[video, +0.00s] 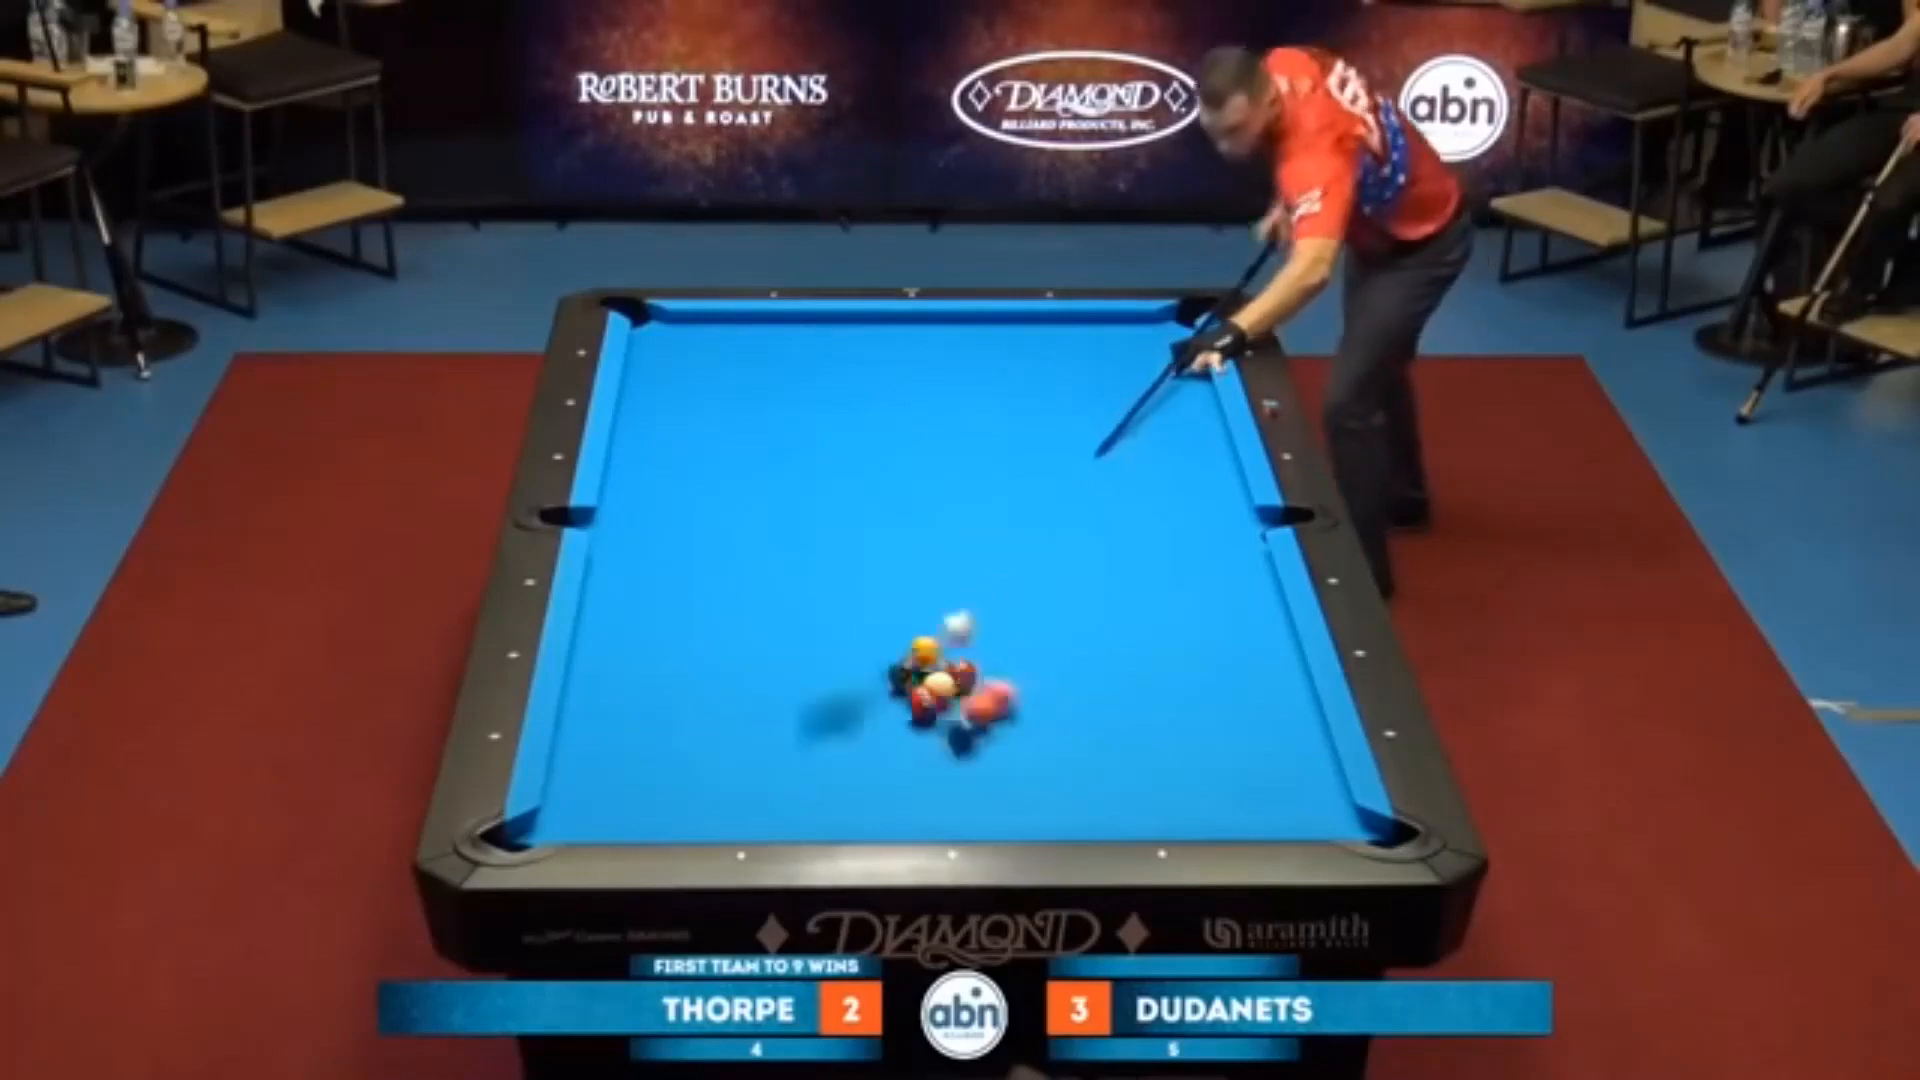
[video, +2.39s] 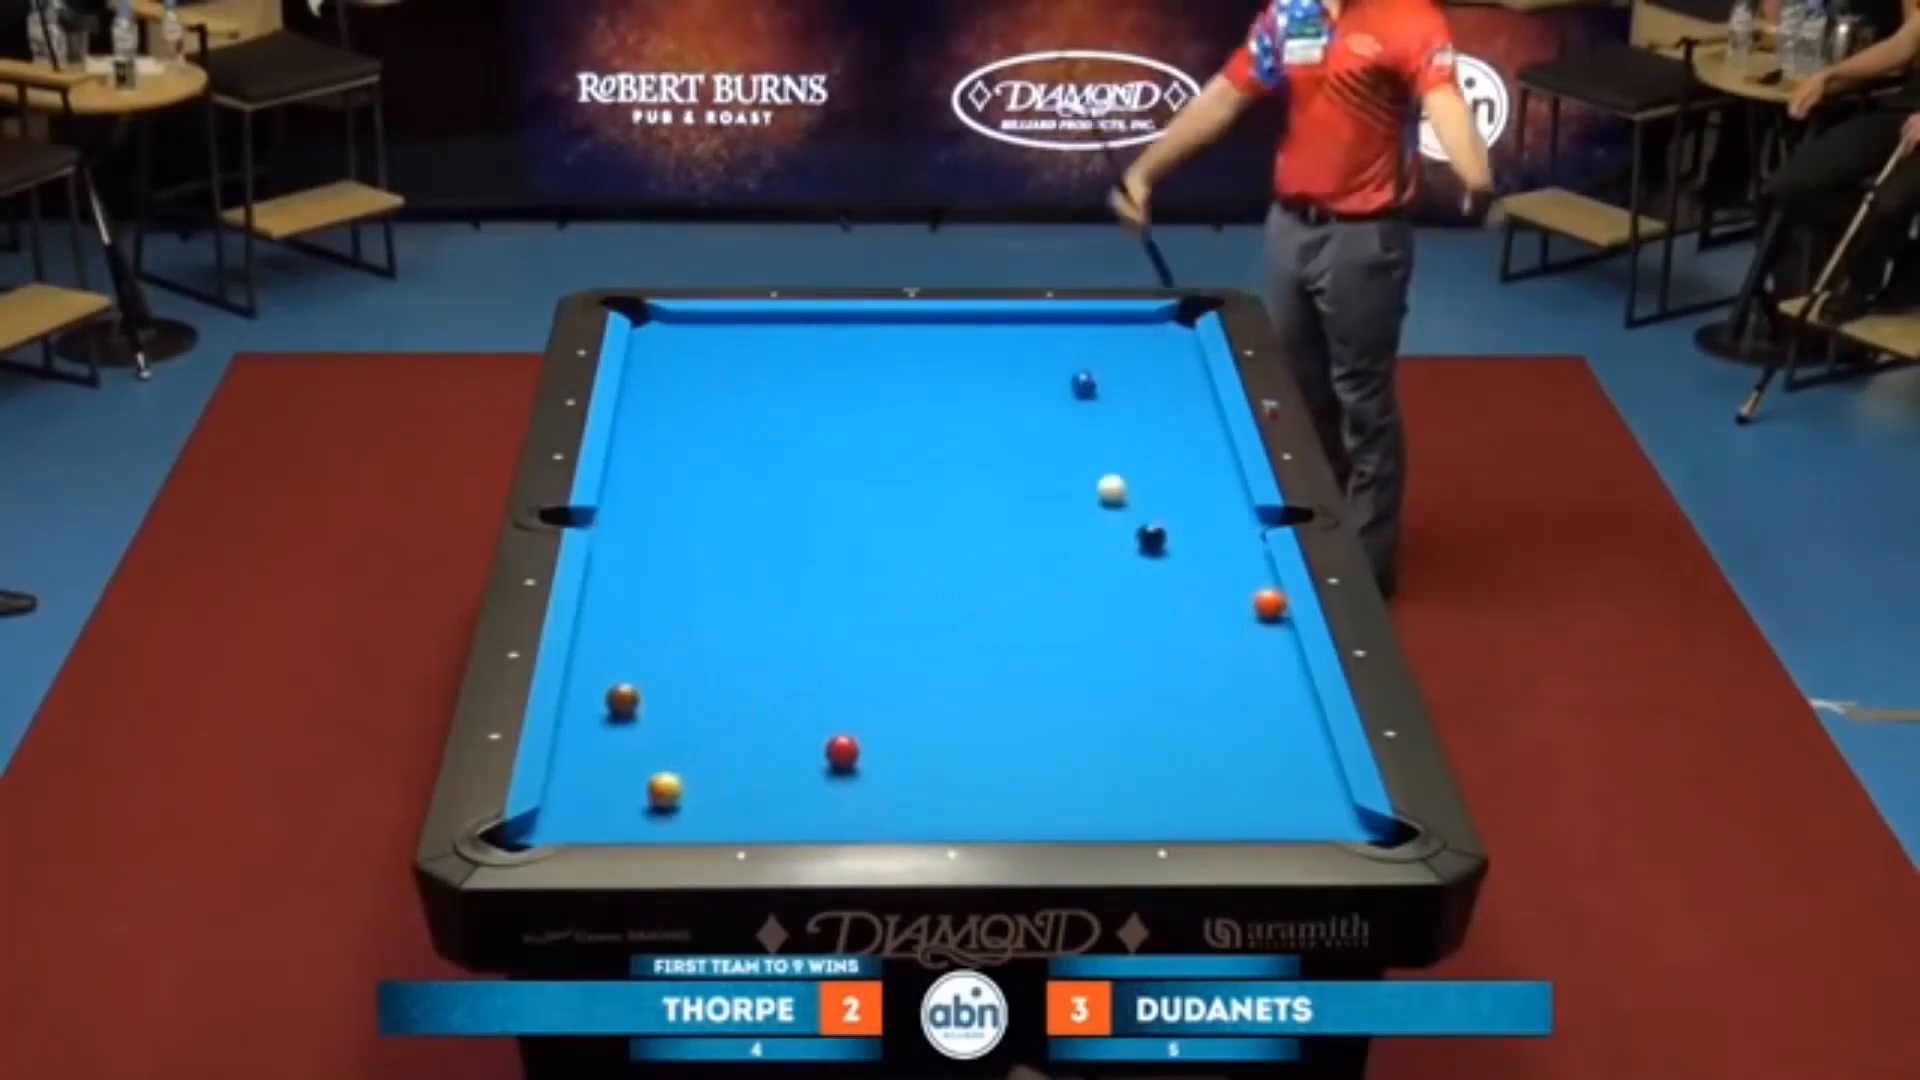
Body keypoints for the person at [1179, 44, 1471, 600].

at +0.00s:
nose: (1226, 145)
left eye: (1235, 132)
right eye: (1216, 134)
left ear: (1270, 101)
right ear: (1202, 111)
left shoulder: (1316, 143)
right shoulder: (1284, 64)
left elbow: (1313, 267)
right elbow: (1311, 133)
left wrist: (1231, 335)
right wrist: (1290, 200)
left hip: (1425, 237)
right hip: (1370, 227)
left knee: (1347, 405)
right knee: (1378, 366)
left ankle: (1368, 573)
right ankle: (1405, 497)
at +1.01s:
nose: (1279, 71)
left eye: (1296, 57)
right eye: (1267, 55)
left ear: (1325, 43)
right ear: (1250, 39)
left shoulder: (1350, 113)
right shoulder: (1257, 68)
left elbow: (1323, 254)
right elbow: (1262, 162)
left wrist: (1247, 331)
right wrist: (1249, 260)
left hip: (1397, 243)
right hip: (1335, 235)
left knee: (1350, 412)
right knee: (1367, 369)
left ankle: (1368, 572)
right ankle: (1397, 482)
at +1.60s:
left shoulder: (1383, 42)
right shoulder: (1283, 24)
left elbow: (1368, 180)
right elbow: (1274, 130)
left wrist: (1271, 236)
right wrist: (1249, 228)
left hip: (1373, 244)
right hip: (1311, 240)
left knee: (1357, 405)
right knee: (1301, 393)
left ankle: (1368, 562)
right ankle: (1315, 538)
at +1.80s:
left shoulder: (1394, 32)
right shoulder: (1281, 20)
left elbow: (1404, 166)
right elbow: (1270, 129)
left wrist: (1322, 236)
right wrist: (1242, 225)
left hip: (1368, 241)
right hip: (1295, 235)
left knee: (1361, 403)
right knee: (1303, 394)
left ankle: (1369, 563)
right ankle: (1312, 537)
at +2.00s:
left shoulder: (1400, 30)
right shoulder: (1281, 19)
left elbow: (1415, 164)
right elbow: (1268, 125)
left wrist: (1411, 277)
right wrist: (1244, 222)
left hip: (1362, 239)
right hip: (1284, 233)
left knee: (1362, 406)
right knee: (1296, 399)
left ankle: (1367, 563)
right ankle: (1304, 543)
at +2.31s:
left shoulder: (1407, 23)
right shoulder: (1287, 17)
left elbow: (1438, 128)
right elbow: (1242, 110)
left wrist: (1470, 229)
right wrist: (1184, 194)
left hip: (1362, 234)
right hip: (1288, 228)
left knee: (1361, 401)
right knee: (1303, 396)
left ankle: (1368, 565)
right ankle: (1311, 543)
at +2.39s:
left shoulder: (1409, 19)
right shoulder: (1287, 15)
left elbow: (1444, 99)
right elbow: (1222, 95)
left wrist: (1476, 174)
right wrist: (1144, 168)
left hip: (1364, 235)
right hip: (1290, 229)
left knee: (1364, 403)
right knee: (1302, 395)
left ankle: (1369, 566)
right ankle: (1312, 537)